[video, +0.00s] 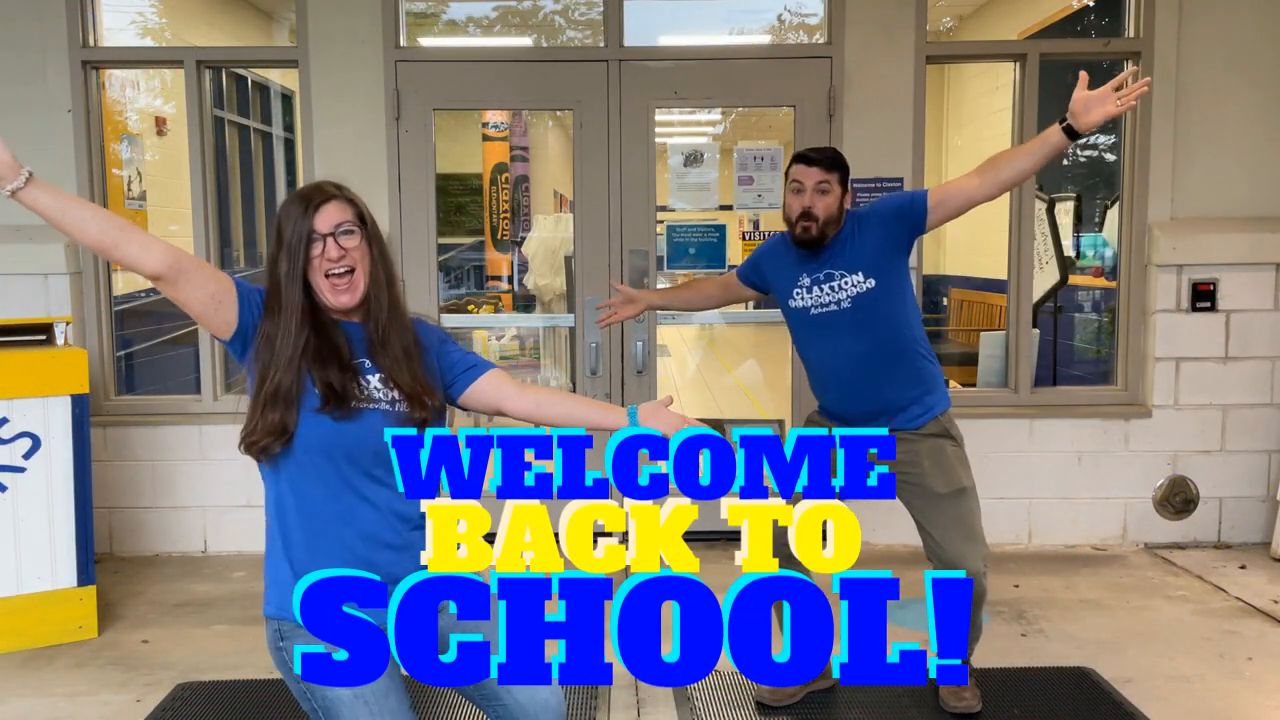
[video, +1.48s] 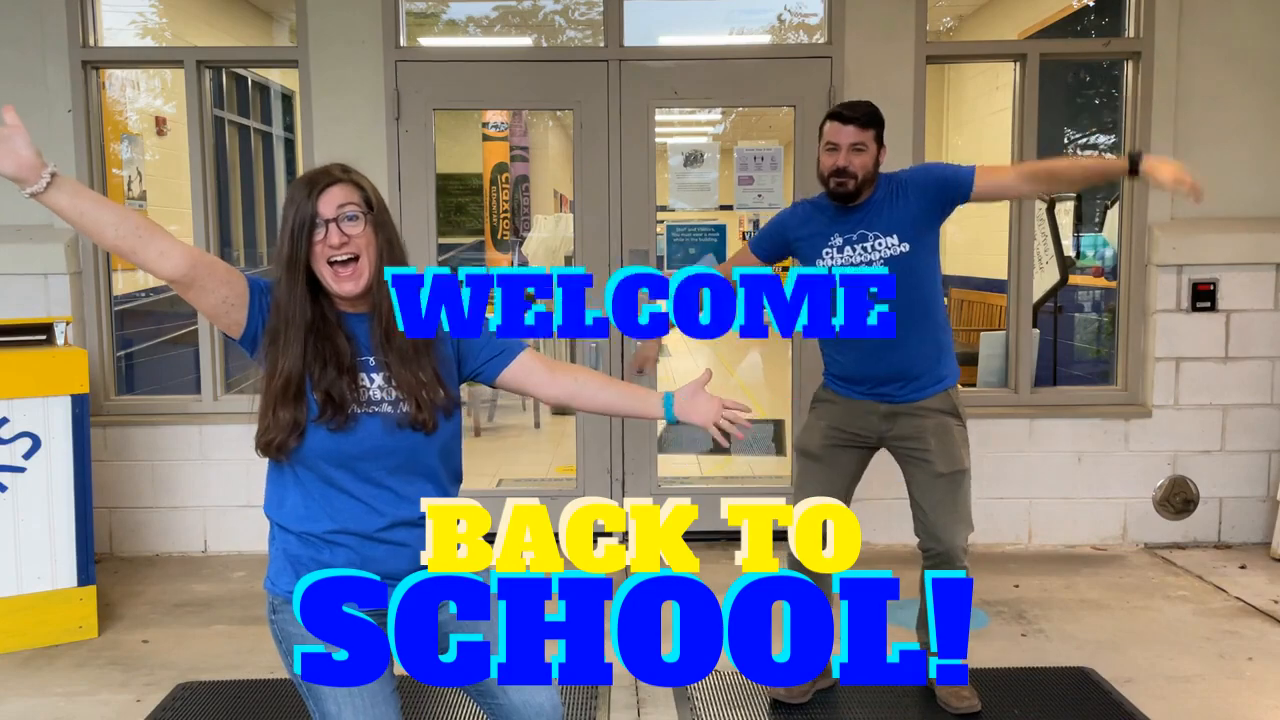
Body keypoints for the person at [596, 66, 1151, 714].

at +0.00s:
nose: (806, 201)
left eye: (822, 191)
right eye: (796, 189)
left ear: (846, 196)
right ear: (784, 194)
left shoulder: (886, 220)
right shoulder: (773, 259)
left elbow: (983, 181)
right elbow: (718, 290)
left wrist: (1069, 128)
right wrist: (647, 298)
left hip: (918, 429)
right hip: (836, 433)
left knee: (964, 562)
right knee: (798, 549)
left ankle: (954, 666)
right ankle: (808, 661)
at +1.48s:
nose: (839, 161)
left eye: (853, 151)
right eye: (829, 149)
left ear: (879, 153)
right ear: (818, 151)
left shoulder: (922, 189)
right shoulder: (799, 221)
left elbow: (1028, 179)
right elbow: (722, 277)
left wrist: (1131, 165)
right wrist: (656, 333)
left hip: (927, 404)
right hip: (840, 403)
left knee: (946, 545)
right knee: (807, 537)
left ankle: (948, 668)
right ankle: (809, 663)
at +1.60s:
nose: (849, 170)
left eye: (863, 158)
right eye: (838, 158)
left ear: (887, 165)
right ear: (824, 164)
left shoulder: (931, 215)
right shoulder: (805, 236)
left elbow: (1025, 261)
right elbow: (763, 319)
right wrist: (721, 389)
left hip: (934, 413)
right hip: (849, 412)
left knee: (951, 552)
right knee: (813, 537)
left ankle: (947, 663)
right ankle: (807, 656)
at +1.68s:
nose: (855, 175)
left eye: (869, 164)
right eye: (844, 164)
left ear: (892, 170)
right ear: (831, 171)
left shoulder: (938, 231)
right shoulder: (811, 245)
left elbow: (984, 320)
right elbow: (804, 338)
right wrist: (785, 423)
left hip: (939, 419)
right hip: (850, 419)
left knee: (954, 555)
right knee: (817, 544)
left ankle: (949, 670)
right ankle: (808, 661)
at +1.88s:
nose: (846, 155)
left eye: (860, 143)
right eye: (835, 144)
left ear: (885, 152)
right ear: (821, 153)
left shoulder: (930, 213)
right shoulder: (801, 222)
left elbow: (974, 296)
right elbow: (765, 294)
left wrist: (992, 387)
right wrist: (746, 359)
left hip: (920, 410)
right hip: (829, 406)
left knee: (944, 546)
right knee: (786, 519)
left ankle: (950, 667)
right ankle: (795, 651)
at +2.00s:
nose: (819, 145)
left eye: (833, 132)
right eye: (807, 134)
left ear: (858, 138)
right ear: (794, 145)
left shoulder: (905, 194)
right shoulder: (773, 212)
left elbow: (975, 266)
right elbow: (723, 276)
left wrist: (1013, 348)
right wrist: (686, 336)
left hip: (898, 398)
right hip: (810, 394)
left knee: (933, 529)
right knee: (763, 523)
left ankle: (942, 657)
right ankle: (720, 663)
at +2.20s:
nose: (750, 152)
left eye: (761, 138)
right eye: (736, 144)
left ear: (788, 142)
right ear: (725, 156)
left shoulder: (833, 199)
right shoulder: (715, 221)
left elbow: (917, 252)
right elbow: (647, 297)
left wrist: (968, 326)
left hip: (840, 412)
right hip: (751, 412)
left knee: (899, 542)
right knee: (708, 548)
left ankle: (940, 657)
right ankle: (678, 690)